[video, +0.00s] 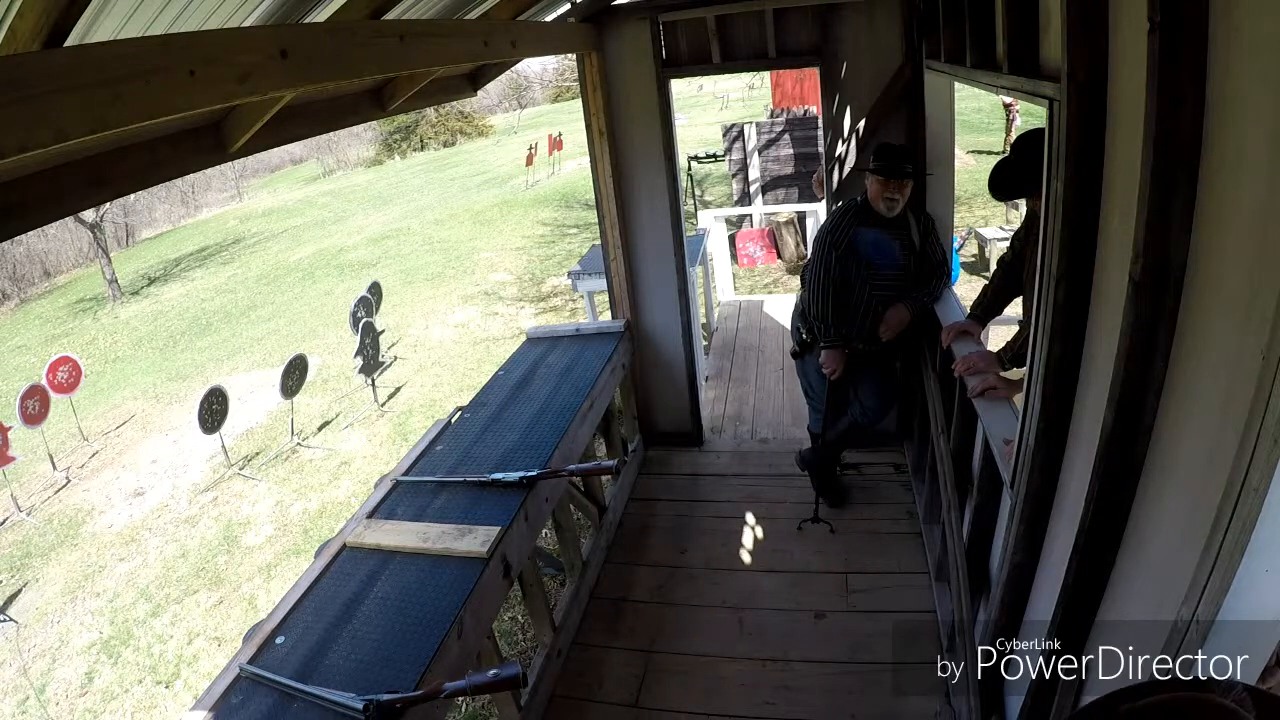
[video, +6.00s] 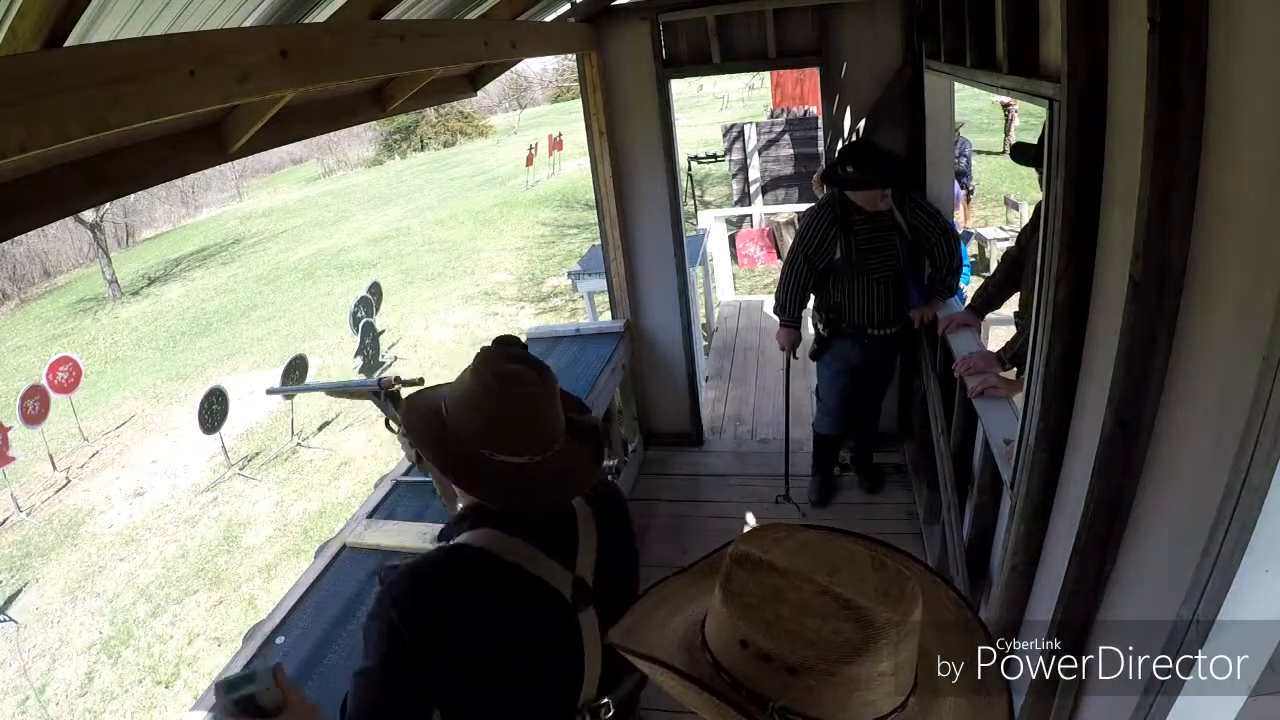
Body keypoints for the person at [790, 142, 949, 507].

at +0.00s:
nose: (894, 189)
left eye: (903, 181)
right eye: (885, 179)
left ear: (912, 185)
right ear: (868, 179)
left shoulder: (920, 224)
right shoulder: (844, 221)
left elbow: (939, 275)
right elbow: (818, 280)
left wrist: (909, 308)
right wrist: (830, 342)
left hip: (877, 337)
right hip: (825, 336)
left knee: (874, 409)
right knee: (827, 413)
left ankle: (818, 455)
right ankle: (827, 478)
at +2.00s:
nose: (893, 198)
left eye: (903, 190)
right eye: (884, 188)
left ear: (913, 190)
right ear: (868, 186)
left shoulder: (921, 225)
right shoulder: (844, 224)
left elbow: (938, 274)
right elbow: (819, 282)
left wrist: (908, 318)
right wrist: (831, 343)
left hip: (874, 335)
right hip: (823, 333)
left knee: (872, 407)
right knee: (826, 408)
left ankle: (817, 455)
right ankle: (827, 478)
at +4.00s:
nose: (880, 199)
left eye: (890, 191)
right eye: (873, 190)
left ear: (908, 193)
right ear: (862, 187)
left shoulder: (921, 227)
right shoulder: (841, 225)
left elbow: (939, 278)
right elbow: (819, 285)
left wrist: (915, 318)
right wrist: (828, 343)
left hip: (886, 341)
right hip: (834, 339)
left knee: (878, 406)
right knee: (829, 411)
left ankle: (864, 460)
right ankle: (827, 473)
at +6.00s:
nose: (884, 198)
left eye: (887, 190)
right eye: (875, 192)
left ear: (891, 183)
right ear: (852, 188)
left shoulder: (909, 209)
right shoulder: (827, 217)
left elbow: (947, 243)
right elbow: (798, 265)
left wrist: (938, 297)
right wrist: (789, 320)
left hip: (890, 334)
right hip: (840, 334)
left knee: (872, 405)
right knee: (831, 410)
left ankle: (865, 460)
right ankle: (823, 473)